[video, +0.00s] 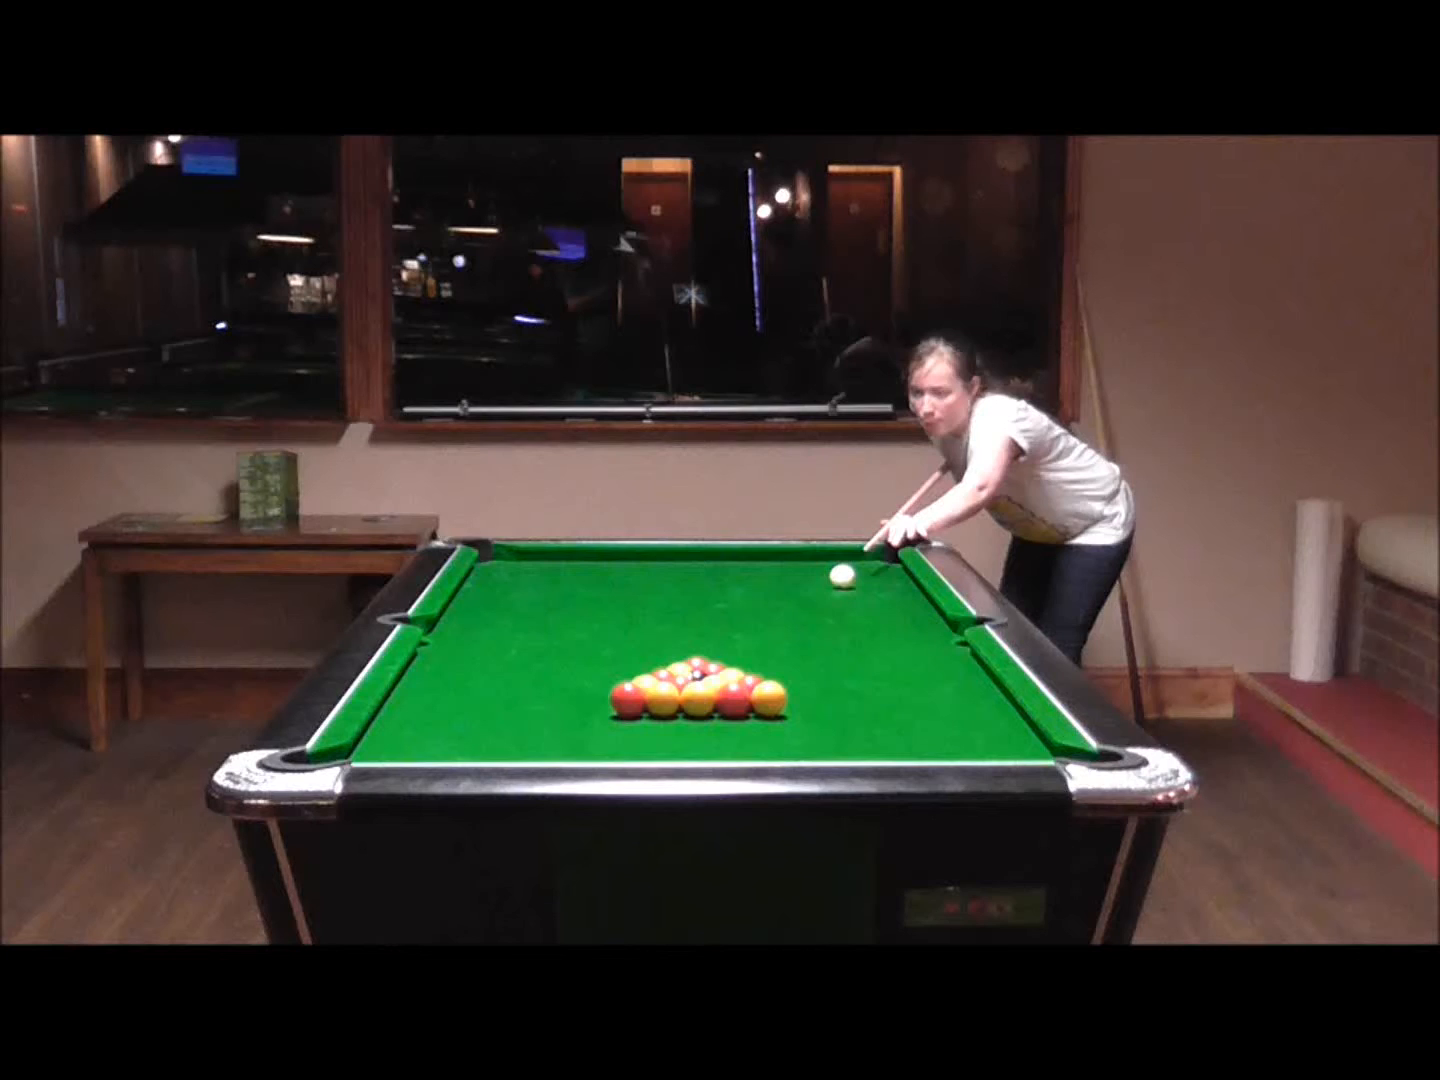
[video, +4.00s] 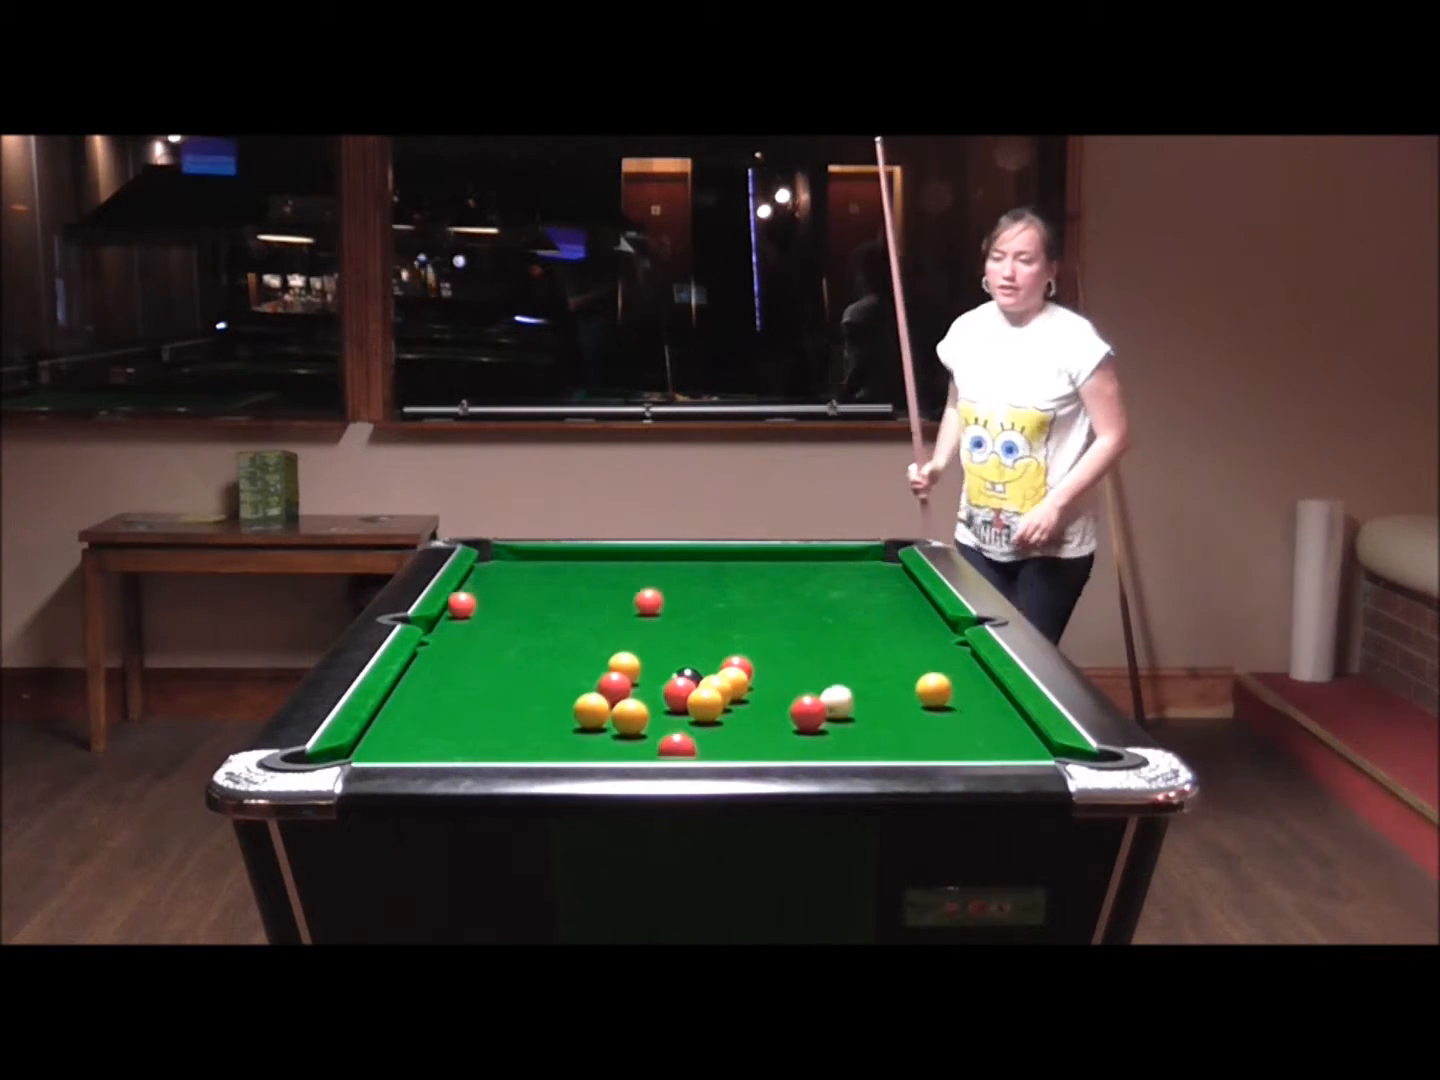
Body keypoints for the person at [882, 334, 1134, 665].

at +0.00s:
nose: (925, 408)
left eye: (940, 393)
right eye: (917, 394)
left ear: (973, 389)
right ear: (908, 395)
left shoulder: (997, 418)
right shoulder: (949, 428)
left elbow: (979, 489)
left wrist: (920, 524)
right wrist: (954, 460)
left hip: (1095, 526)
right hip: (1037, 530)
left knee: (1055, 650)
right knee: (1007, 639)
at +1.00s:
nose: (915, 451)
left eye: (929, 438)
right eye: (908, 437)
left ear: (962, 431)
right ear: (899, 434)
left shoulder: (986, 455)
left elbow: (963, 508)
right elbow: (954, 361)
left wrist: (911, 527)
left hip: (1098, 528)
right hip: (1036, 533)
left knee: (1056, 648)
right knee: (1007, 638)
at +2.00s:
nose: (914, 444)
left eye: (928, 429)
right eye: (906, 430)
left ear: (961, 421)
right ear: (898, 428)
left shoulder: (985, 446)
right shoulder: (951, 440)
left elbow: (964, 503)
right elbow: (965, 383)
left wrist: (909, 529)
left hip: (1098, 528)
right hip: (1036, 533)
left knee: (1054, 648)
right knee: (1009, 639)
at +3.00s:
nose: (969, 309)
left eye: (986, 297)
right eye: (960, 296)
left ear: (1015, 307)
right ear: (950, 303)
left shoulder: (1037, 361)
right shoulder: (953, 355)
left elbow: (1030, 473)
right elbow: (969, 431)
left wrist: (939, 497)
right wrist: (959, 475)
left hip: (1076, 528)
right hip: (1016, 524)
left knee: (1051, 653)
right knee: (1007, 648)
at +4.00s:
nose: (1008, 272)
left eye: (1025, 260)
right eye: (998, 258)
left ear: (1051, 272)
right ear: (984, 268)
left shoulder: (1075, 340)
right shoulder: (967, 332)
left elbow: (1113, 435)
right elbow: (956, 406)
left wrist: (1055, 505)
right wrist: (938, 461)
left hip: (1054, 545)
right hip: (979, 538)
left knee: (1023, 672)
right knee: (971, 662)